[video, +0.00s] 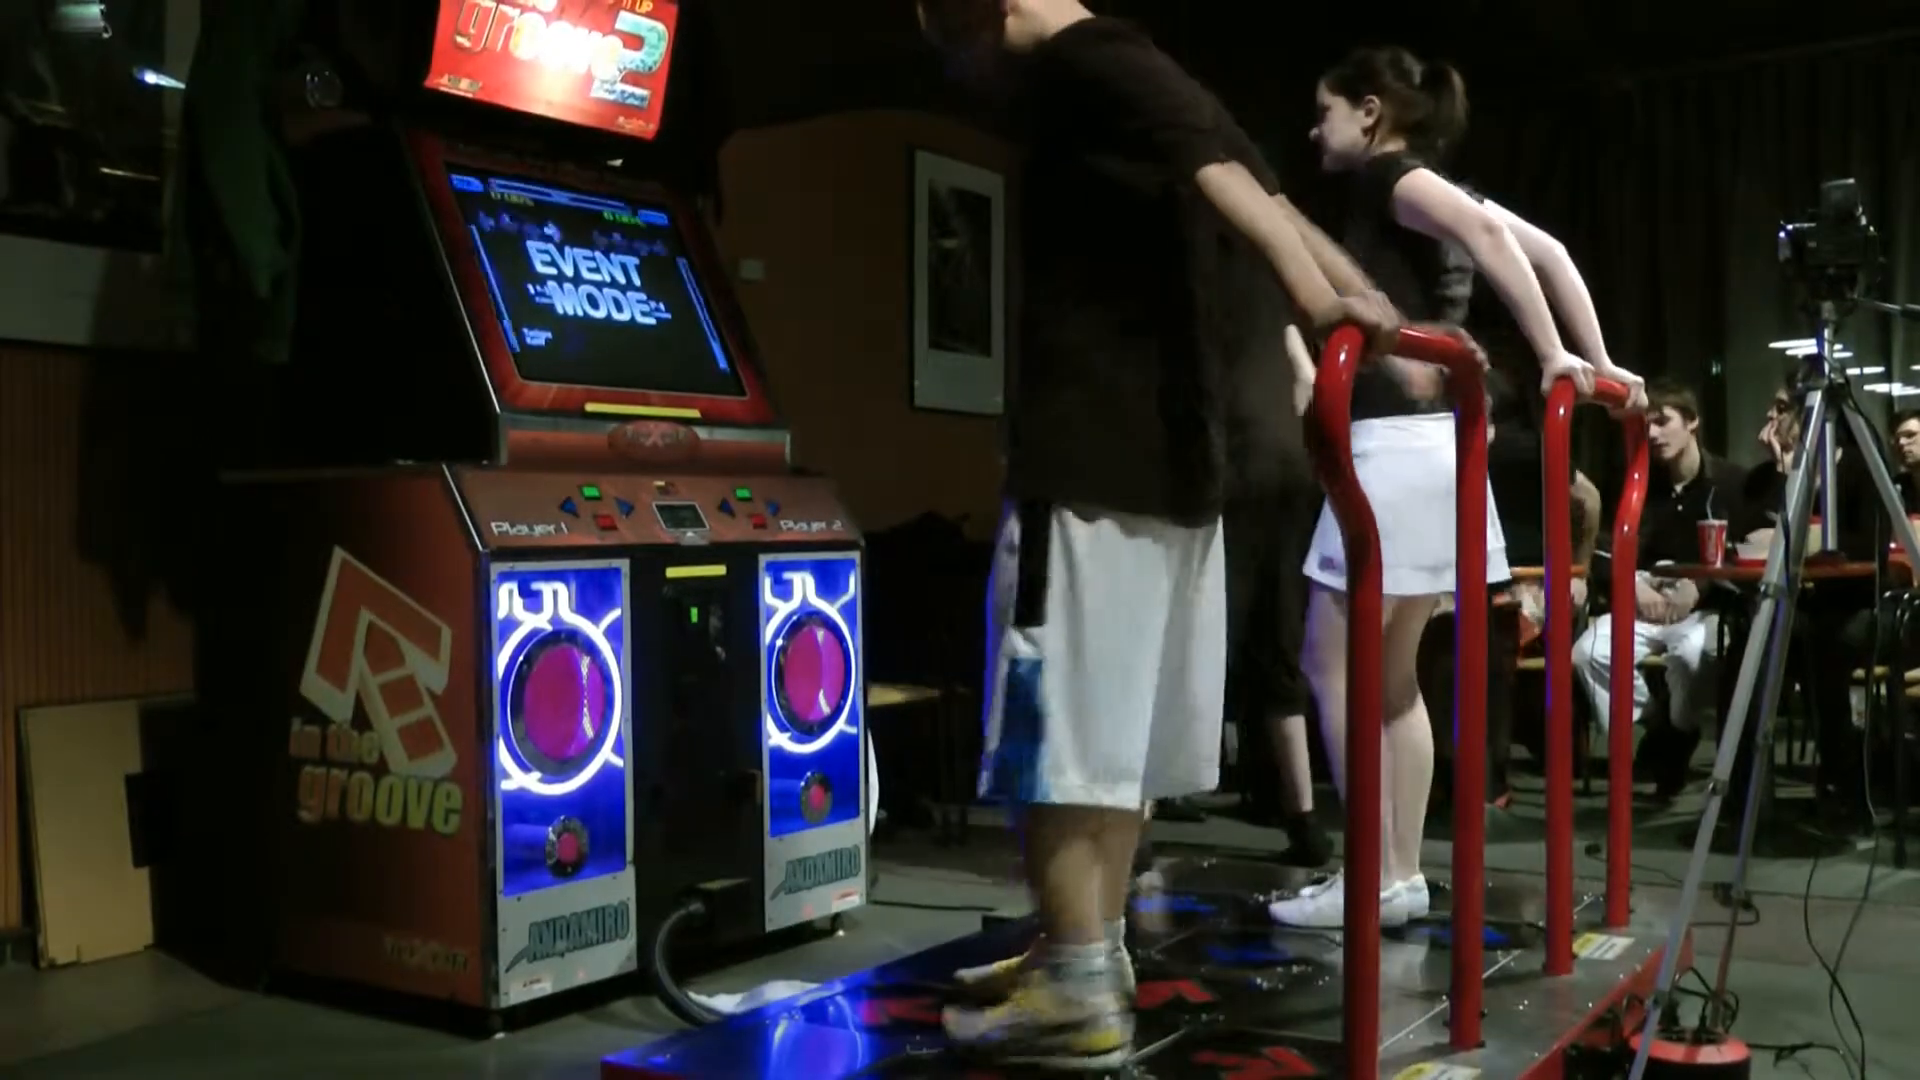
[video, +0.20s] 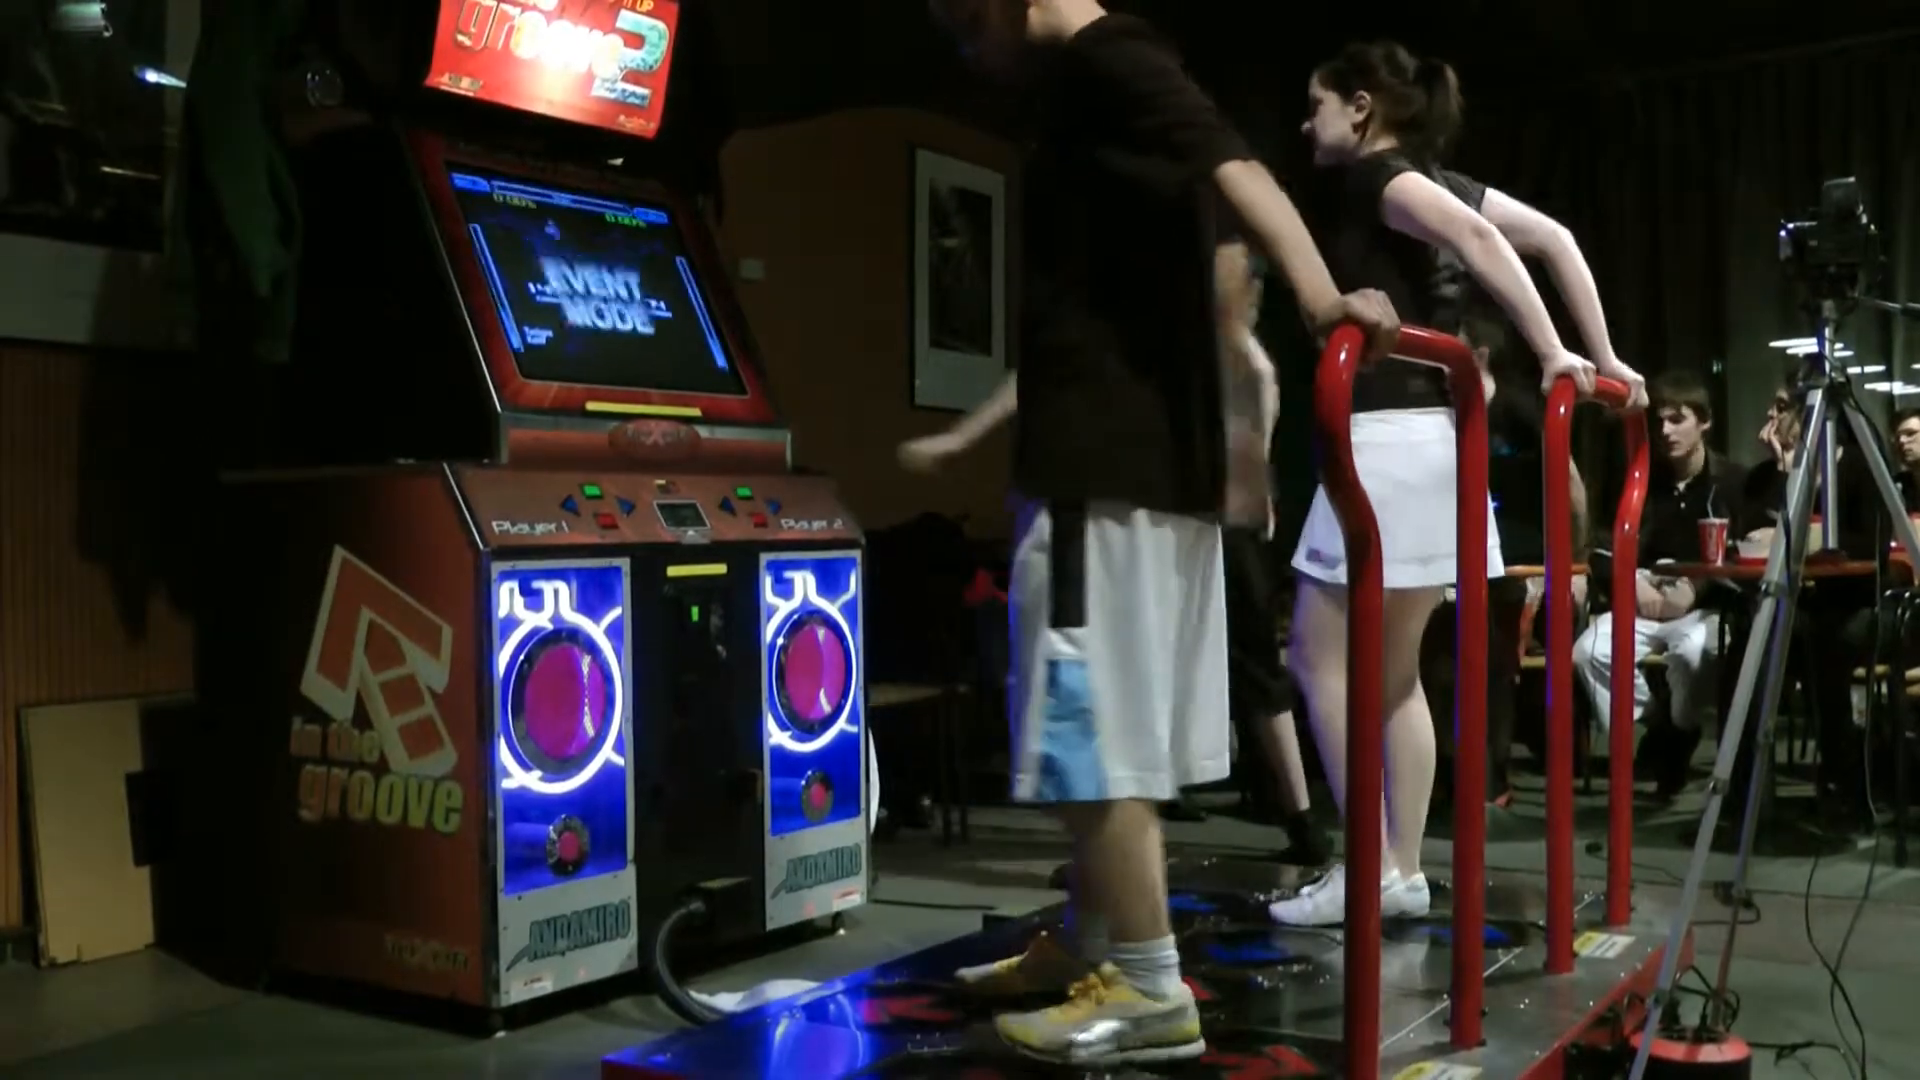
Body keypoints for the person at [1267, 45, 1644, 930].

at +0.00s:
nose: (1317, 128)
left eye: (1327, 112)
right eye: (1318, 113)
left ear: (1373, 112)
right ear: (1396, 116)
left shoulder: (1386, 178)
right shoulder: (1429, 187)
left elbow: (1493, 233)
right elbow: (1547, 249)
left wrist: (1555, 354)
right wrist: (1601, 358)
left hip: (1388, 458)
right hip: (1440, 455)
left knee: (1334, 676)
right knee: (1395, 684)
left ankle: (1365, 880)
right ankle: (1402, 877)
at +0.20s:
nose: (1307, 123)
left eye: (1318, 106)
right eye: (1310, 106)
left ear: (1364, 109)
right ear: (1389, 114)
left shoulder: (1373, 178)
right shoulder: (1434, 179)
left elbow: (1473, 235)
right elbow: (1552, 235)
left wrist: (1552, 351)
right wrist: (1603, 352)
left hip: (1385, 446)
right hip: (1441, 445)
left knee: (1321, 663)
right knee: (1396, 675)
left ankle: (1366, 868)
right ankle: (1402, 872)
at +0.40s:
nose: (1305, 125)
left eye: (1312, 108)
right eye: (1305, 108)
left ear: (1358, 111)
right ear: (1388, 115)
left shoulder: (1373, 180)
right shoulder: (1434, 181)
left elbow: (1473, 238)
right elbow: (1558, 233)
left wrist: (1555, 352)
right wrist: (1604, 353)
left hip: (1377, 449)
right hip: (1438, 447)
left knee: (1320, 660)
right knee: (1397, 677)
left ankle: (1351, 870)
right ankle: (1402, 873)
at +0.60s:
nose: (1309, 120)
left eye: (1317, 103)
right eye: (1309, 103)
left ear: (1363, 106)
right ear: (1389, 109)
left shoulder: (1378, 173)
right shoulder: (1428, 176)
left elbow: (1482, 228)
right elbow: (1553, 235)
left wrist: (1556, 352)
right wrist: (1602, 353)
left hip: (1378, 443)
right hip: (1440, 443)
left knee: (1316, 655)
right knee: (1397, 670)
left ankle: (1345, 864)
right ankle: (1402, 872)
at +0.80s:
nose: (1312, 118)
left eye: (1322, 102)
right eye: (1313, 103)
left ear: (1368, 103)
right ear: (1387, 105)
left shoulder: (1385, 169)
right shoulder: (1415, 174)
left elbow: (1499, 231)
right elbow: (1548, 243)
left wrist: (1557, 351)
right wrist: (1602, 356)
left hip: (1380, 447)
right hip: (1428, 447)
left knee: (1322, 662)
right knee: (1384, 678)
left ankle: (1343, 872)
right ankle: (1400, 871)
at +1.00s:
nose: (1306, 130)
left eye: (1313, 112)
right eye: (1305, 114)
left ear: (1355, 104)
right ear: (1374, 107)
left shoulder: (1385, 165)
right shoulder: (1410, 173)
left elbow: (1500, 229)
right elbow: (1547, 245)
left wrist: (1557, 351)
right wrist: (1603, 358)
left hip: (1382, 439)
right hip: (1409, 439)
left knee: (1330, 654)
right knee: (1357, 659)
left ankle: (1346, 871)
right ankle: (1395, 864)